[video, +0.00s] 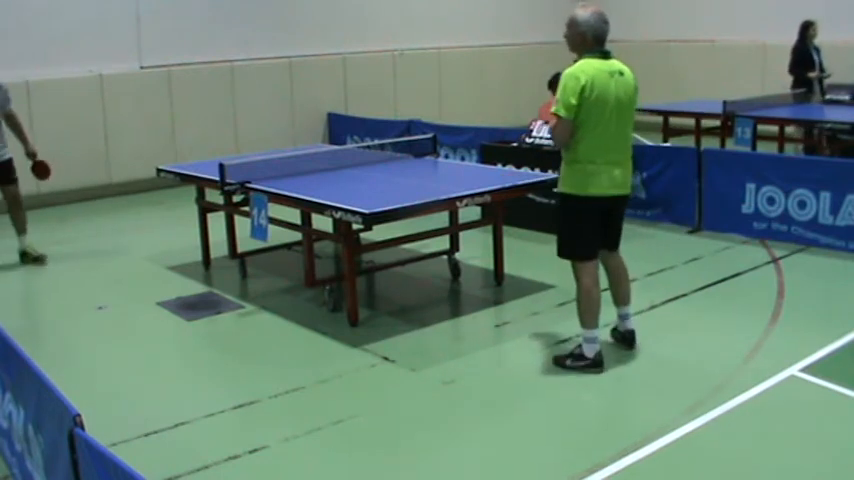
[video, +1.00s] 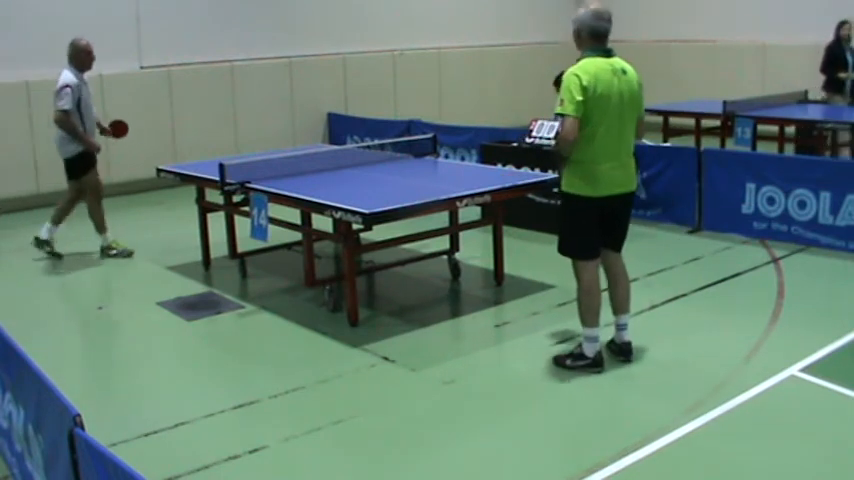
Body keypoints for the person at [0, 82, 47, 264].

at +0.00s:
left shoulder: (2, 90)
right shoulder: (4, 91)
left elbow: (7, 113)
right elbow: (8, 113)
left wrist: (27, 145)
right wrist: (27, 146)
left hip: (3, 153)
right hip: (3, 155)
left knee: (13, 195)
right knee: (12, 196)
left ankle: (24, 246)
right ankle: (24, 246)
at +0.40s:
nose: (34, 60)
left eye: (35, 55)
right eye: (29, 55)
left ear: (36, 58)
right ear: (17, 57)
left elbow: (40, 115)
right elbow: (1, 118)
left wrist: (57, 132)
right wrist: (10, 150)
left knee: (37, 197)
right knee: (14, 201)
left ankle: (36, 246)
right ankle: (3, 247)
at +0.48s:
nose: (39, 57)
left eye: (41, 53)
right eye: (35, 53)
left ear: (42, 55)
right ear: (22, 55)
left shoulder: (38, 80)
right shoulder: (10, 79)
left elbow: (44, 113)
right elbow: (5, 115)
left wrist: (66, 127)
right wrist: (20, 144)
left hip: (39, 151)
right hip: (18, 153)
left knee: (39, 198)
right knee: (30, 197)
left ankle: (36, 245)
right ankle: (19, 246)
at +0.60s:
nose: (48, 56)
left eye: (49, 52)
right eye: (43, 52)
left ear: (50, 55)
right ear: (30, 55)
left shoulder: (44, 79)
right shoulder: (22, 78)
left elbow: (48, 113)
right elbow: (11, 112)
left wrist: (71, 119)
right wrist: (33, 137)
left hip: (43, 146)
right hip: (30, 148)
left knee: (38, 195)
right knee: (51, 192)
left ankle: (36, 246)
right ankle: (47, 245)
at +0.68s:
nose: (54, 57)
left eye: (55, 52)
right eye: (49, 53)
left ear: (56, 55)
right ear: (37, 55)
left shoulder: (49, 79)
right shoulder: (30, 79)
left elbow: (54, 113)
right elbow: (20, 112)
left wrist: (75, 118)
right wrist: (43, 137)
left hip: (49, 146)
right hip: (38, 148)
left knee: (43, 196)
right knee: (62, 191)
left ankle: (36, 245)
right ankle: (72, 246)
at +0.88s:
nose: (77, 59)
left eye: (77, 55)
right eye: (73, 55)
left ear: (70, 58)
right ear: (60, 58)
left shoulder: (65, 80)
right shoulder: (52, 83)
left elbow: (69, 114)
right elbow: (45, 117)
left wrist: (90, 120)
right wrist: (69, 140)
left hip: (63, 149)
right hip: (61, 151)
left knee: (55, 197)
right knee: (84, 192)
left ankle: (38, 243)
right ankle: (104, 242)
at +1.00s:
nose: (93, 57)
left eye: (92, 53)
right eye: (88, 54)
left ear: (80, 57)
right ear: (76, 57)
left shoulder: (79, 79)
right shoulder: (68, 83)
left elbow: (84, 111)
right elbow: (62, 118)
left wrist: (101, 127)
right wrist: (86, 141)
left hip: (80, 146)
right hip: (75, 148)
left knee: (76, 193)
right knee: (94, 190)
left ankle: (46, 235)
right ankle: (106, 242)